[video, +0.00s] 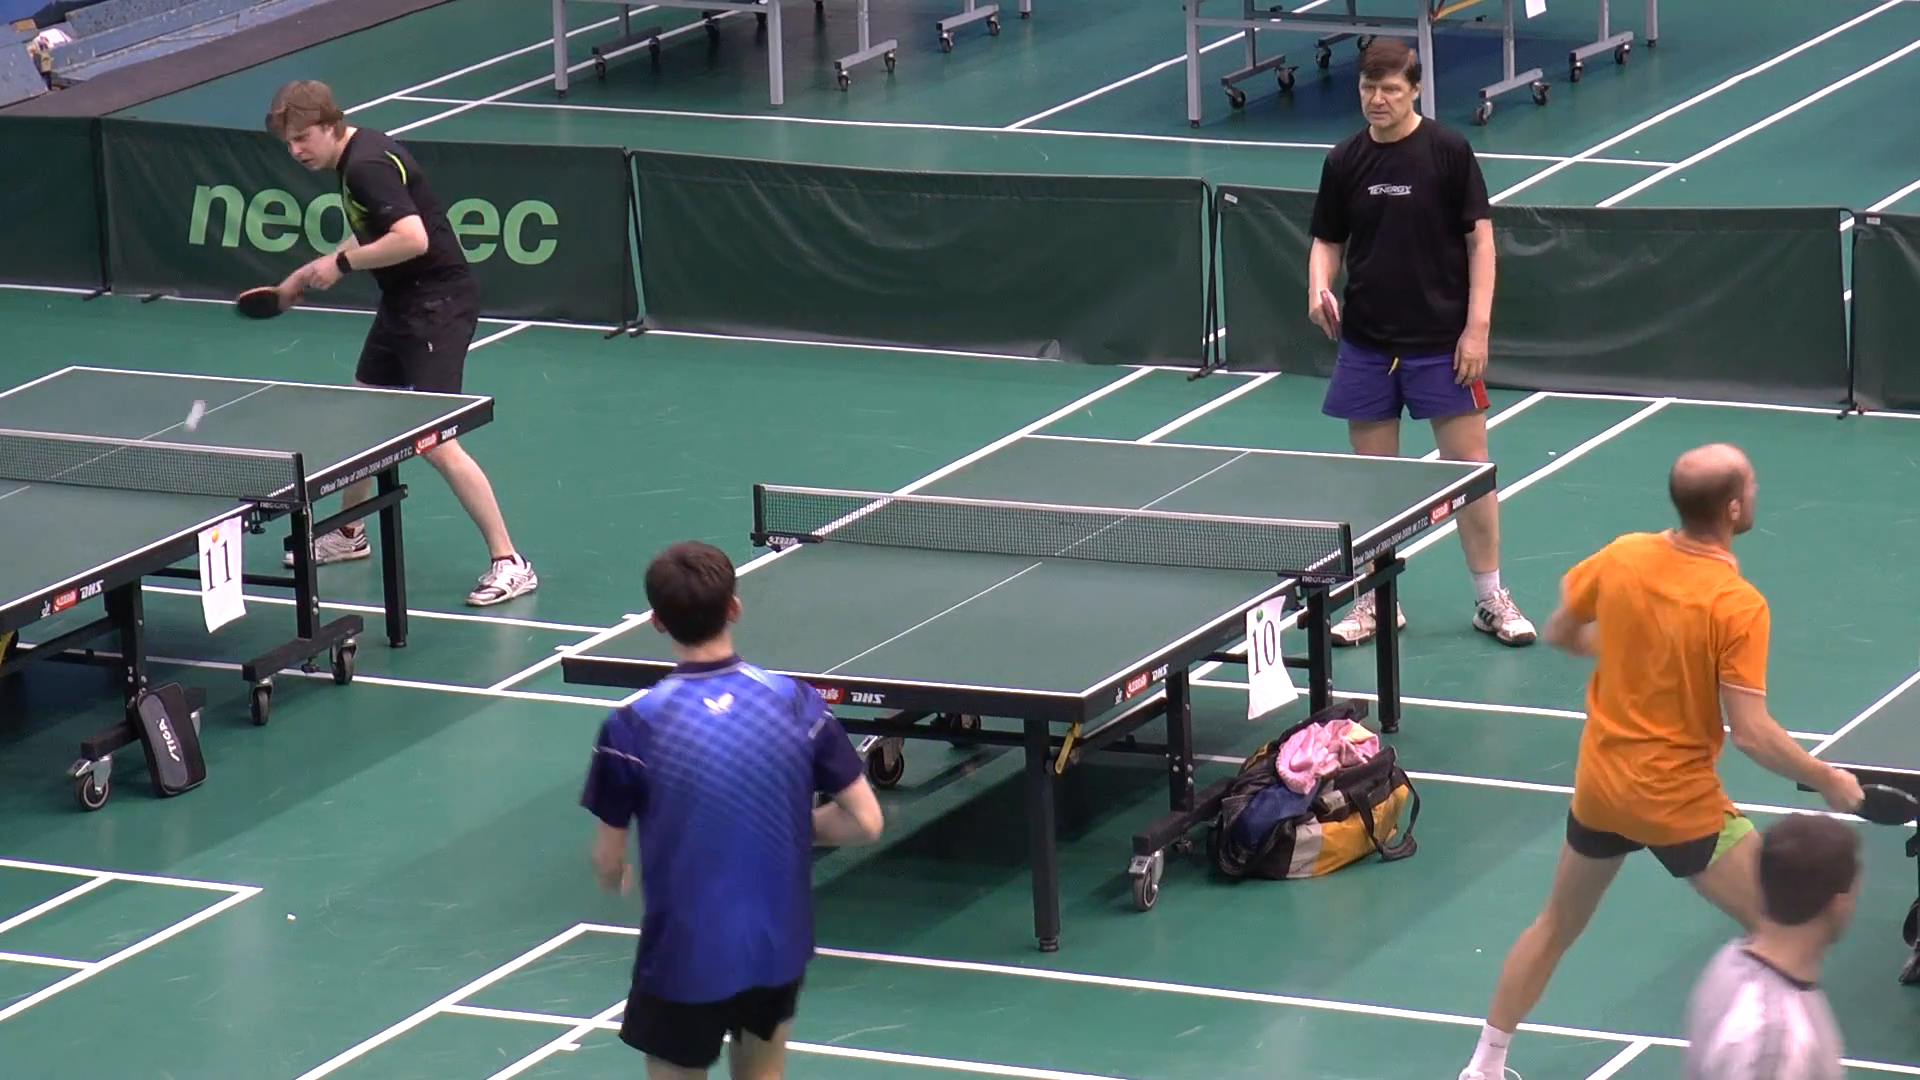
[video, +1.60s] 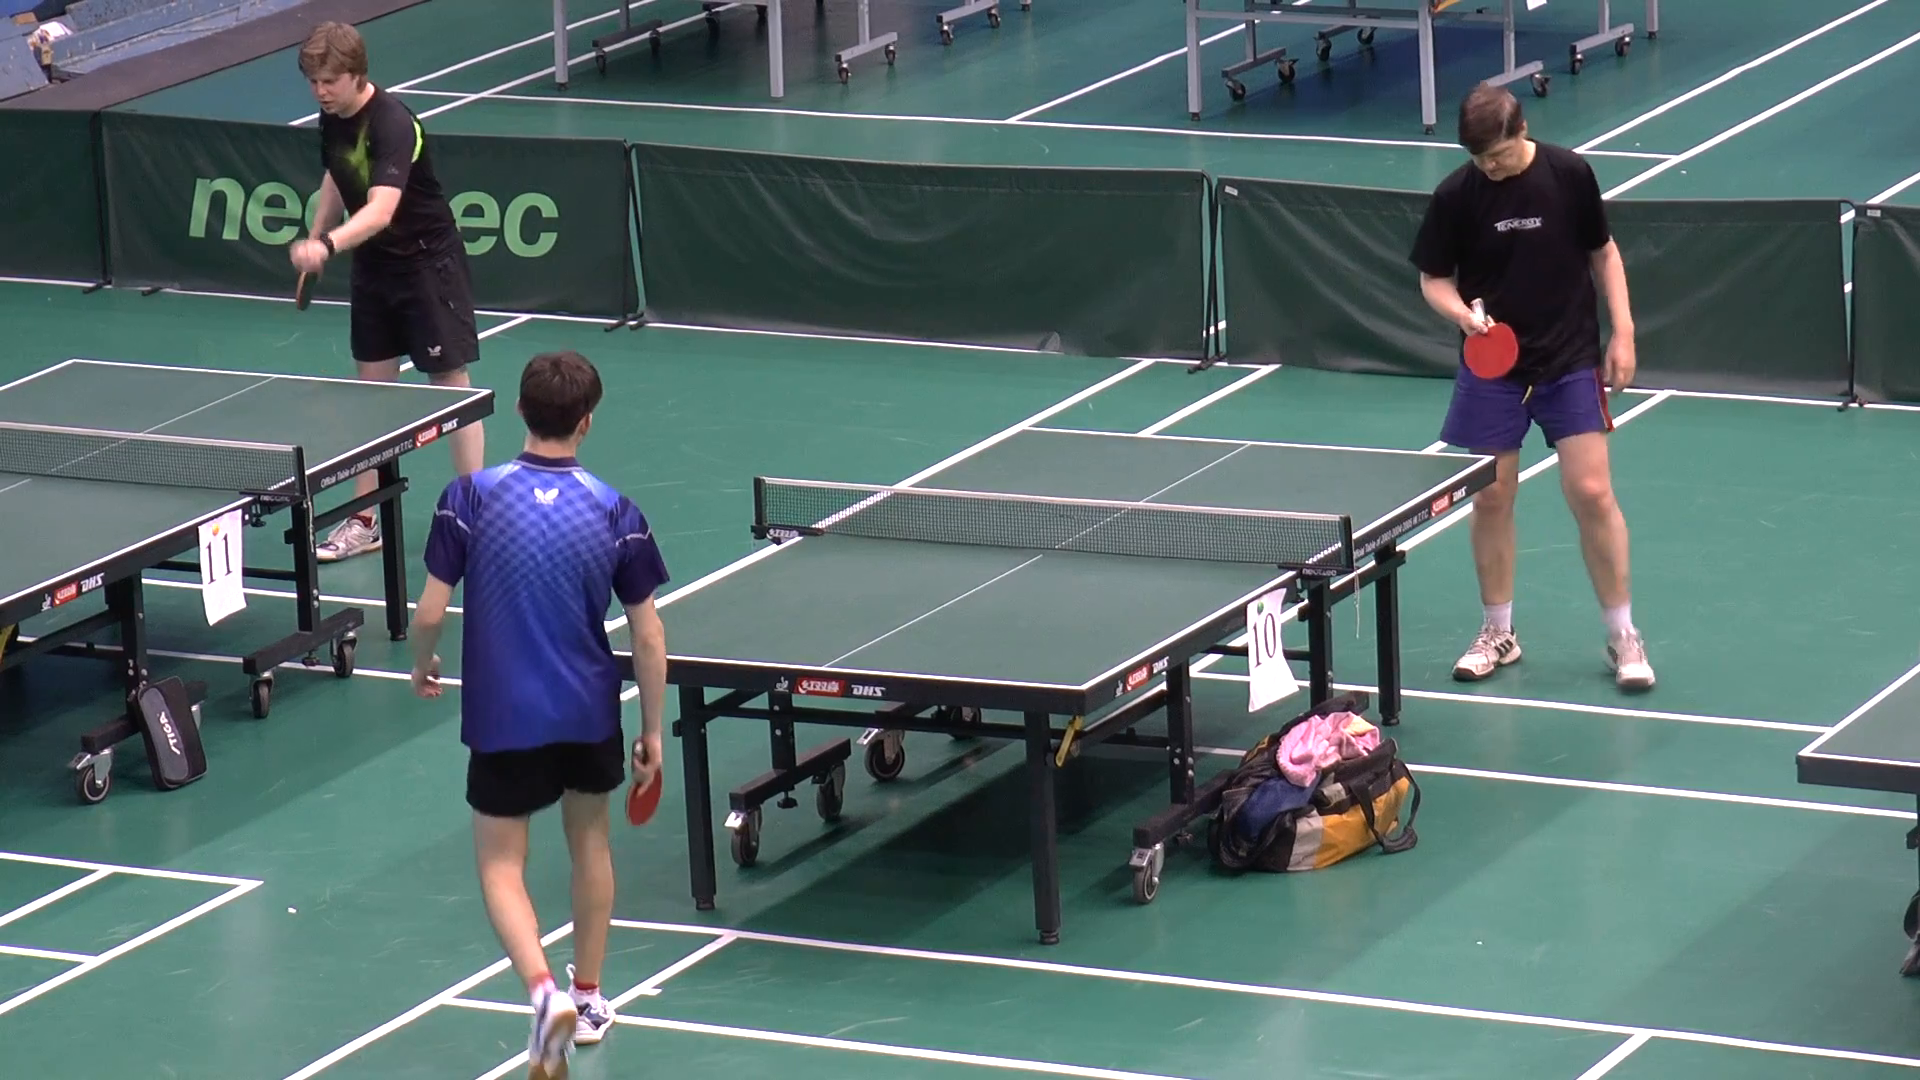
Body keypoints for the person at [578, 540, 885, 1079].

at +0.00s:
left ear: (658, 623)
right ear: (735, 607)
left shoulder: (635, 723)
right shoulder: (798, 702)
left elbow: (608, 859)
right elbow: (866, 821)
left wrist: (614, 877)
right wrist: (787, 818)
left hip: (687, 961)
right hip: (779, 952)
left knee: (675, 1069)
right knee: (763, 1063)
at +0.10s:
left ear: (635, 607)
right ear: (712, 594)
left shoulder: (608, 704)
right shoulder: (770, 690)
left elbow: (583, 826)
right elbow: (840, 812)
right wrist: (758, 798)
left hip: (659, 942)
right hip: (749, 931)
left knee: (668, 1072)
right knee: (735, 1056)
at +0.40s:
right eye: (675, 557)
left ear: (595, 570)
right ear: (670, 566)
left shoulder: (560, 664)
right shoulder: (715, 663)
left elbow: (536, 788)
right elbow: (786, 770)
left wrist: (571, 748)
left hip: (602, 900)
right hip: (688, 895)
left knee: (600, 1053)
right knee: (671, 1027)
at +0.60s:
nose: (648, 515)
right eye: (647, 507)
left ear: (571, 523)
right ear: (645, 519)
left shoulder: (537, 617)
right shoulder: (689, 608)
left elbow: (506, 755)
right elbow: (762, 693)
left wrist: (517, 809)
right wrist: (756, 665)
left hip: (575, 853)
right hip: (667, 851)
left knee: (565, 978)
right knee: (661, 1004)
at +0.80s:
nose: (615, 498)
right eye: (615, 490)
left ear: (545, 509)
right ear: (613, 501)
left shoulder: (513, 603)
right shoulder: (664, 593)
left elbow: (492, 736)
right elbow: (731, 695)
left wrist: (483, 849)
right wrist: (740, 743)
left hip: (560, 836)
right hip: (653, 832)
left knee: (553, 972)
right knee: (655, 991)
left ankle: (554, 1072)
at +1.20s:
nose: (575, 439)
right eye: (575, 432)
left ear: (503, 443)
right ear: (572, 441)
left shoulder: (470, 537)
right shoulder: (620, 531)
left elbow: (443, 664)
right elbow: (647, 660)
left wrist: (441, 753)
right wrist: (653, 766)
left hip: (518, 762)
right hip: (606, 756)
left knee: (535, 917)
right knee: (614, 884)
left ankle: (565, 1069)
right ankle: (617, 1040)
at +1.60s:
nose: (580, 422)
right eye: (587, 412)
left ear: (519, 412)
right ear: (587, 419)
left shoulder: (470, 495)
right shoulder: (614, 510)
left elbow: (430, 613)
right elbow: (648, 633)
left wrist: (422, 664)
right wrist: (653, 730)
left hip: (503, 723)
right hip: (588, 719)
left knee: (501, 862)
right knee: (590, 841)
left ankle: (544, 992)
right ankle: (586, 997)